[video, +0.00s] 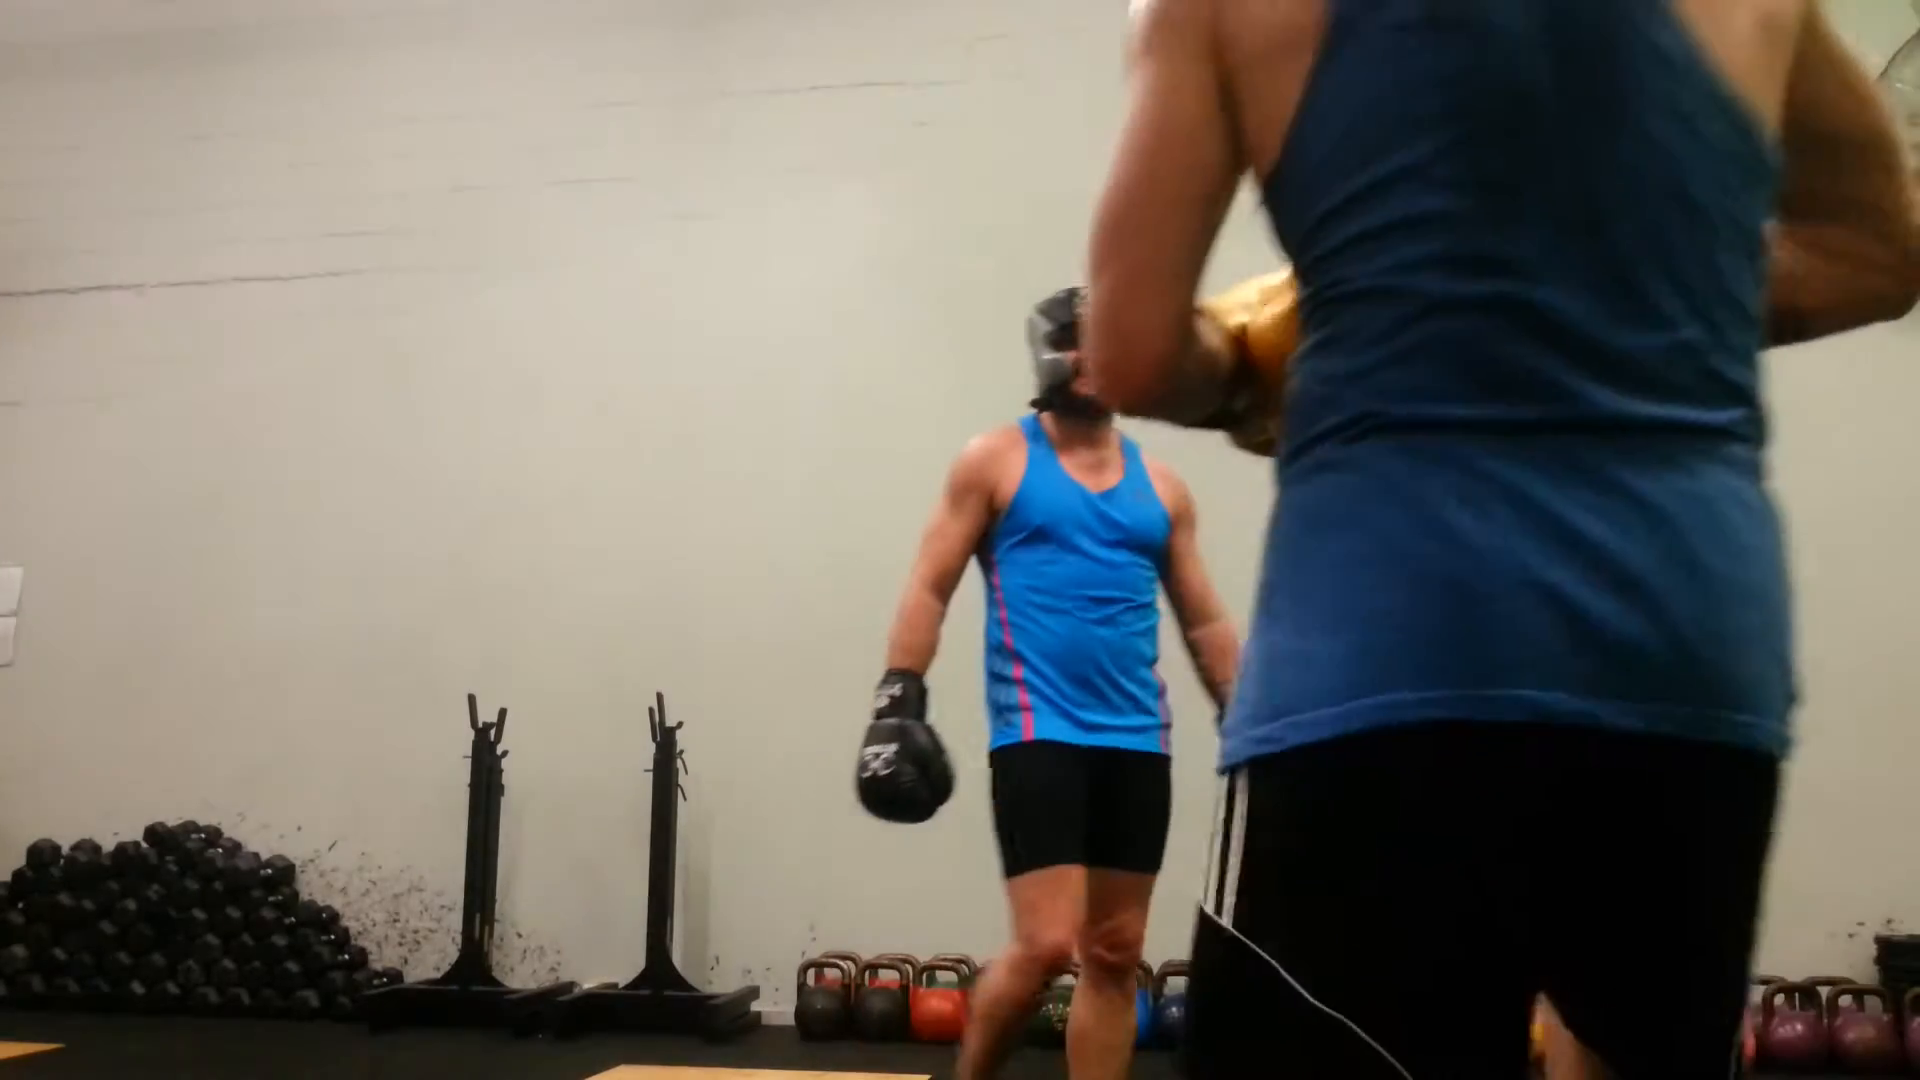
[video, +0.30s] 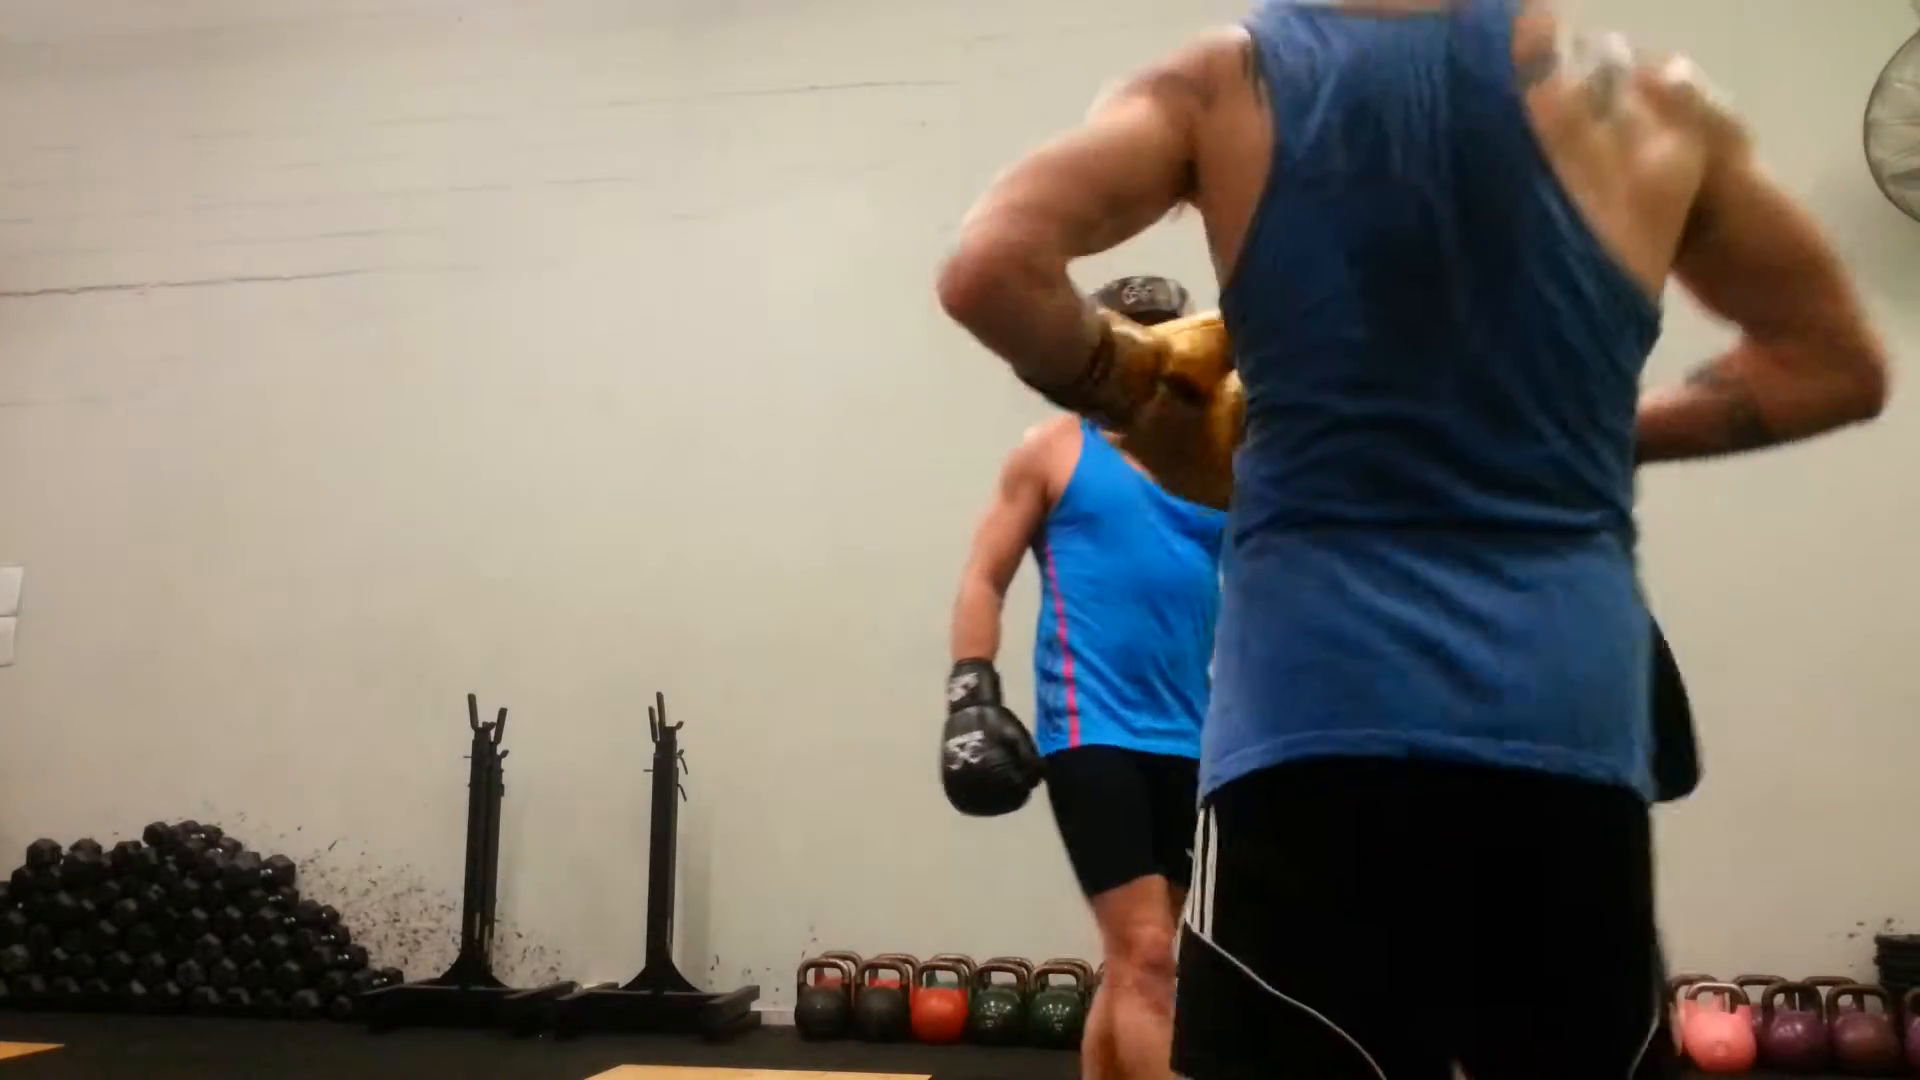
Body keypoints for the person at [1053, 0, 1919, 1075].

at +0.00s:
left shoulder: (1229, 6)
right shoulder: (1753, 4)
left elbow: (1129, 358)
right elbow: (1883, 250)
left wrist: (1262, 379)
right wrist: (1618, 297)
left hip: (1380, 640)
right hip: (1696, 646)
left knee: (1333, 1056)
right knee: (1655, 1052)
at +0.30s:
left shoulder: (1229, 73)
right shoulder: (1655, 102)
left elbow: (989, 267)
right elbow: (1836, 367)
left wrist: (1139, 393)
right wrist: (1603, 429)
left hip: (1314, 717)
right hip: (1568, 726)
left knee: (1283, 1060)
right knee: (1571, 1059)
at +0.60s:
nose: (1296, 27)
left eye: (1304, 16)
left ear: (1338, 12)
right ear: (1489, 27)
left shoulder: (1265, 117)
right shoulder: (1587, 184)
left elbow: (1025, 282)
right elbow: (1647, 448)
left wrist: (1195, 349)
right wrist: (1429, 440)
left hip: (1296, 709)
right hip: (1542, 716)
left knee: (1156, 1040)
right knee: (1522, 1060)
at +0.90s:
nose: (1191, 102)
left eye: (1201, 75)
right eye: (1197, 76)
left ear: (1235, 73)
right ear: (1370, 89)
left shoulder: (1189, 200)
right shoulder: (1452, 241)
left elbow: (1032, 438)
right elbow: (1465, 434)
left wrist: (1168, 374)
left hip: (1230, 742)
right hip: (1440, 743)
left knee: (1146, 1057)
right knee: (1442, 1059)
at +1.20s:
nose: (1043, 166)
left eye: (1046, 147)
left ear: (1056, 149)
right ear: (1181, 138)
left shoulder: (1036, 274)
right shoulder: (1287, 287)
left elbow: (951, 512)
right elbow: (1357, 467)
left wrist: (902, 441)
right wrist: (1224, 438)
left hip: (1079, 725)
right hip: (1249, 731)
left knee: (1047, 1047)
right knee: (1248, 1042)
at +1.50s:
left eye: (971, 213)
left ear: (979, 215)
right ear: (1096, 196)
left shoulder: (955, 317)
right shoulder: (1185, 326)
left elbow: (897, 515)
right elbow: (1307, 446)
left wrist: (823, 514)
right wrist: (1200, 413)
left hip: (1021, 728)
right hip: (1172, 731)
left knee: (1023, 1041)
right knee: (1143, 1004)